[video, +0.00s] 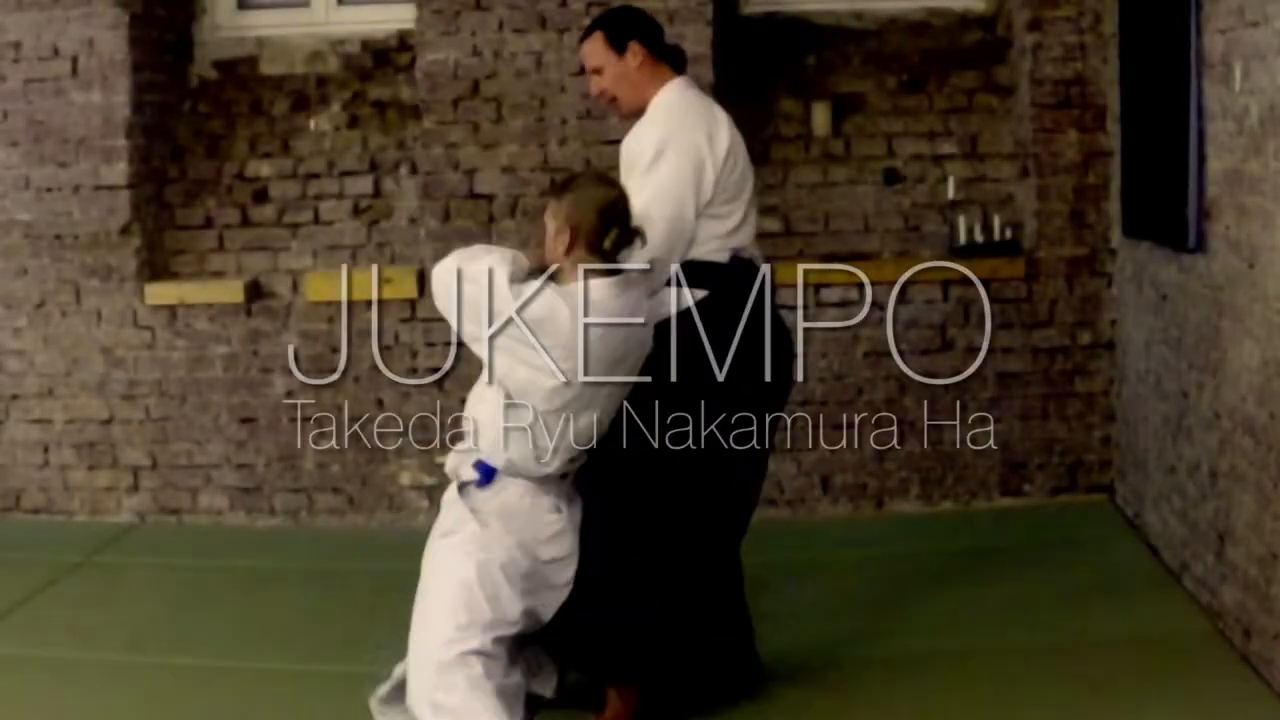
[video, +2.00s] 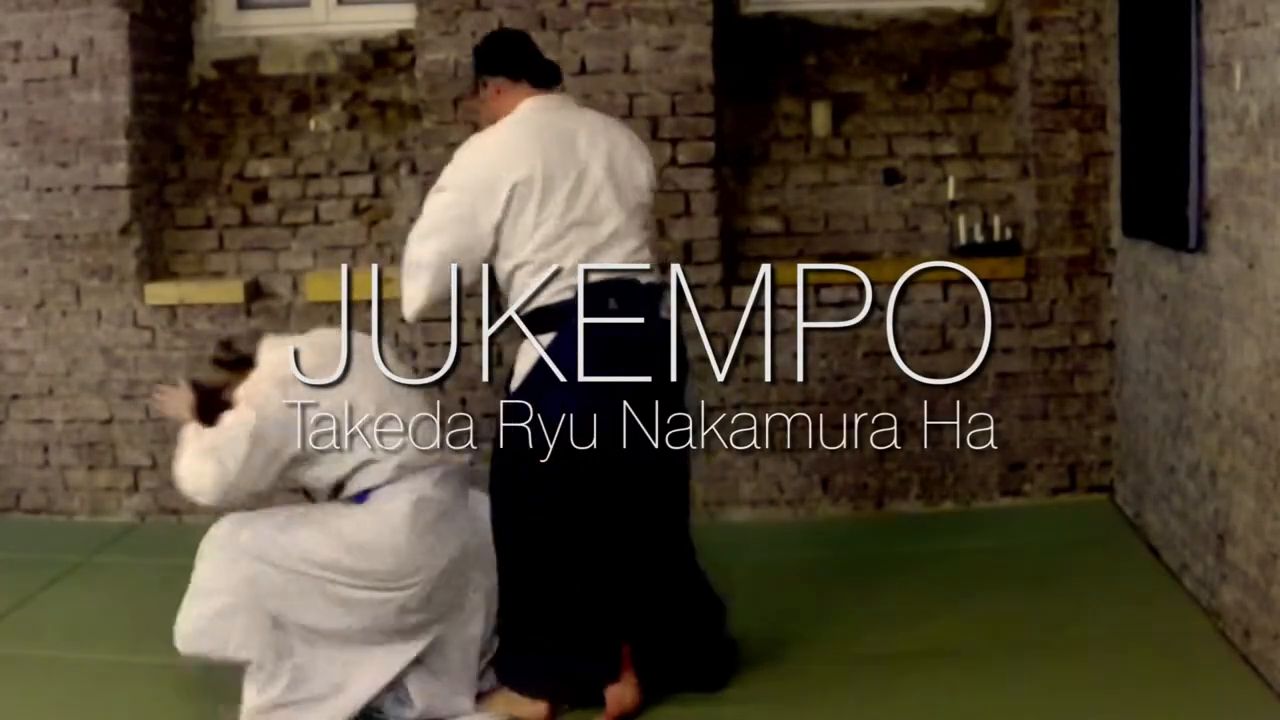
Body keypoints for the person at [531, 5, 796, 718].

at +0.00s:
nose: (593, 90)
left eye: (596, 72)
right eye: (587, 76)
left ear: (637, 55)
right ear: (640, 58)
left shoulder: (674, 125)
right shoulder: (690, 113)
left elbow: (653, 245)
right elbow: (660, 235)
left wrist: (585, 305)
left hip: (691, 328)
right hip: (713, 318)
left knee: (652, 500)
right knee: (693, 497)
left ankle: (646, 673)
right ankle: (709, 664)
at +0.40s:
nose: (566, 105)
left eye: (566, 86)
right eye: (562, 89)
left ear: (595, 71)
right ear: (630, 69)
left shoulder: (589, 154)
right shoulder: (725, 133)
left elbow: (564, 276)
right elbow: (754, 249)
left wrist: (506, 272)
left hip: (624, 355)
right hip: (723, 349)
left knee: (607, 505)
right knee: (718, 502)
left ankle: (620, 672)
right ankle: (718, 665)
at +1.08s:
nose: (528, 116)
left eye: (525, 100)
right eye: (524, 102)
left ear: (546, 84)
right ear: (586, 75)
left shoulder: (549, 154)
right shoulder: (683, 131)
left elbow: (507, 273)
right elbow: (726, 227)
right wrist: (687, 285)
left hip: (603, 345)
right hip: (692, 337)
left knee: (597, 507)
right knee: (695, 502)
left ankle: (616, 672)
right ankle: (704, 664)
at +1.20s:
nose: (519, 117)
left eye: (515, 102)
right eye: (514, 105)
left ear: (534, 84)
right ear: (576, 75)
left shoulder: (546, 153)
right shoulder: (661, 128)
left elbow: (509, 275)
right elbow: (681, 222)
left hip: (595, 343)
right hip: (680, 331)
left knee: (595, 509)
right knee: (682, 501)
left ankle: (617, 672)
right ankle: (699, 660)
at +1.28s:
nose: (512, 120)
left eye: (508, 105)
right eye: (506, 107)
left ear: (526, 87)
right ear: (569, 76)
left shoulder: (548, 152)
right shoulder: (648, 130)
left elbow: (508, 270)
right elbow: (664, 211)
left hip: (592, 348)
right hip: (672, 336)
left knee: (592, 513)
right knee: (673, 505)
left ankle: (614, 671)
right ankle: (693, 659)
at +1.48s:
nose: (485, 126)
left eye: (481, 112)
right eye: (480, 115)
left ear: (499, 98)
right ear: (540, 84)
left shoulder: (541, 151)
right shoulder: (613, 133)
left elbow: (494, 272)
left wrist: (446, 281)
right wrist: (478, 230)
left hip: (587, 355)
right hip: (653, 343)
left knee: (567, 520)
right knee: (624, 513)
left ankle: (543, 679)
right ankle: (622, 668)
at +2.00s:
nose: (480, 116)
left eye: (478, 103)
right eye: (478, 105)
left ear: (498, 89)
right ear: (546, 81)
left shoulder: (491, 151)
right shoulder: (622, 137)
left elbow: (424, 279)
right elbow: (633, 219)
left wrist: (423, 298)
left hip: (559, 349)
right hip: (647, 342)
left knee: (529, 509)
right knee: (630, 507)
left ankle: (532, 680)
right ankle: (629, 663)